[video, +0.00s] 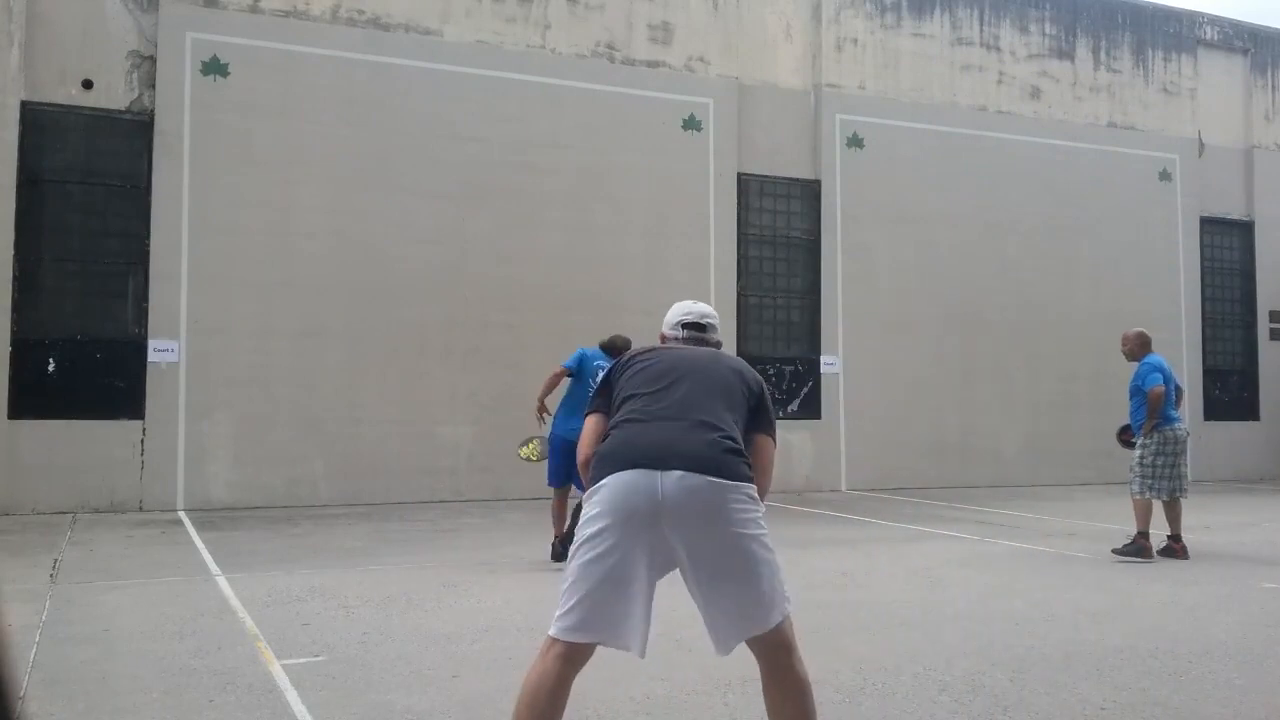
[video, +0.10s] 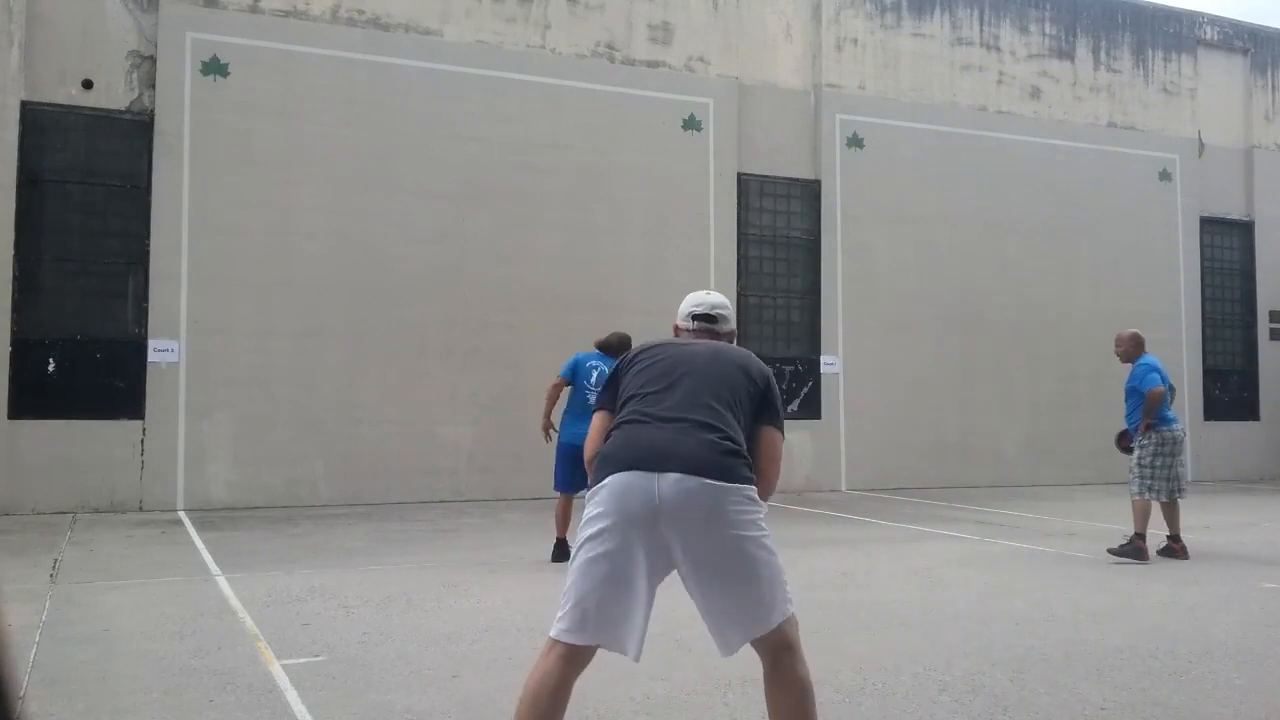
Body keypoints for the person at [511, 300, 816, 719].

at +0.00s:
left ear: (664, 337)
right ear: (718, 341)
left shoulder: (629, 361)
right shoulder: (747, 374)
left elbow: (586, 452)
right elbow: (759, 476)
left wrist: (606, 508)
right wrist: (734, 531)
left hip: (621, 481)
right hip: (718, 485)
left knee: (563, 650)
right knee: (776, 650)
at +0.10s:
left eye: (679, 329)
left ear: (676, 330)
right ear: (731, 336)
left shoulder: (634, 357)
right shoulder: (755, 367)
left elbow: (593, 447)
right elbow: (765, 478)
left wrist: (609, 502)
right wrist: (730, 523)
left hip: (621, 483)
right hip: (717, 487)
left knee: (566, 648)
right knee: (780, 648)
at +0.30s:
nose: (793, 317)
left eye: (792, 311)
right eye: (792, 311)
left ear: (731, 308)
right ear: (785, 311)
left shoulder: (681, 339)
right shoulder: (793, 349)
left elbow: (620, 423)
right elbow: (802, 448)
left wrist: (620, 497)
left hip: (651, 481)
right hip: (739, 487)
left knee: (589, 649)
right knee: (808, 643)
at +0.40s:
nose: (822, 304)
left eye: (822, 295)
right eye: (820, 295)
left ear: (760, 296)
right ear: (808, 296)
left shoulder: (704, 328)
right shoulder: (814, 339)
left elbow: (638, 398)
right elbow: (832, 434)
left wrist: (613, 487)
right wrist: (816, 498)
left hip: (669, 474)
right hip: (754, 479)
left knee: (623, 635)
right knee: (812, 640)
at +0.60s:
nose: (834, 294)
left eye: (832, 285)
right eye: (831, 285)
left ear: (775, 290)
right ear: (821, 288)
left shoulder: (722, 321)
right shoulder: (833, 338)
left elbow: (666, 381)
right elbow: (877, 434)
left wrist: (618, 455)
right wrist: (853, 498)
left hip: (692, 467)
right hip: (772, 468)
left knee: (697, 613)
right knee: (802, 636)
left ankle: (707, 715)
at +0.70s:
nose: (813, 301)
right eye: (813, 295)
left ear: (759, 296)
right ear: (811, 297)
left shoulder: (720, 331)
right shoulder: (827, 343)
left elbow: (665, 393)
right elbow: (881, 430)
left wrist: (617, 465)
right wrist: (860, 491)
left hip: (705, 479)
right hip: (780, 474)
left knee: (729, 604)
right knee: (802, 629)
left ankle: (769, 714)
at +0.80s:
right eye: (790, 294)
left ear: (739, 297)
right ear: (788, 298)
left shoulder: (709, 342)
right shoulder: (811, 342)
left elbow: (658, 412)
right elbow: (867, 415)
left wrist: (619, 484)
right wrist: (869, 481)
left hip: (716, 483)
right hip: (787, 477)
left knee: (752, 615)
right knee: (820, 624)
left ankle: (799, 714)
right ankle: (830, 715)